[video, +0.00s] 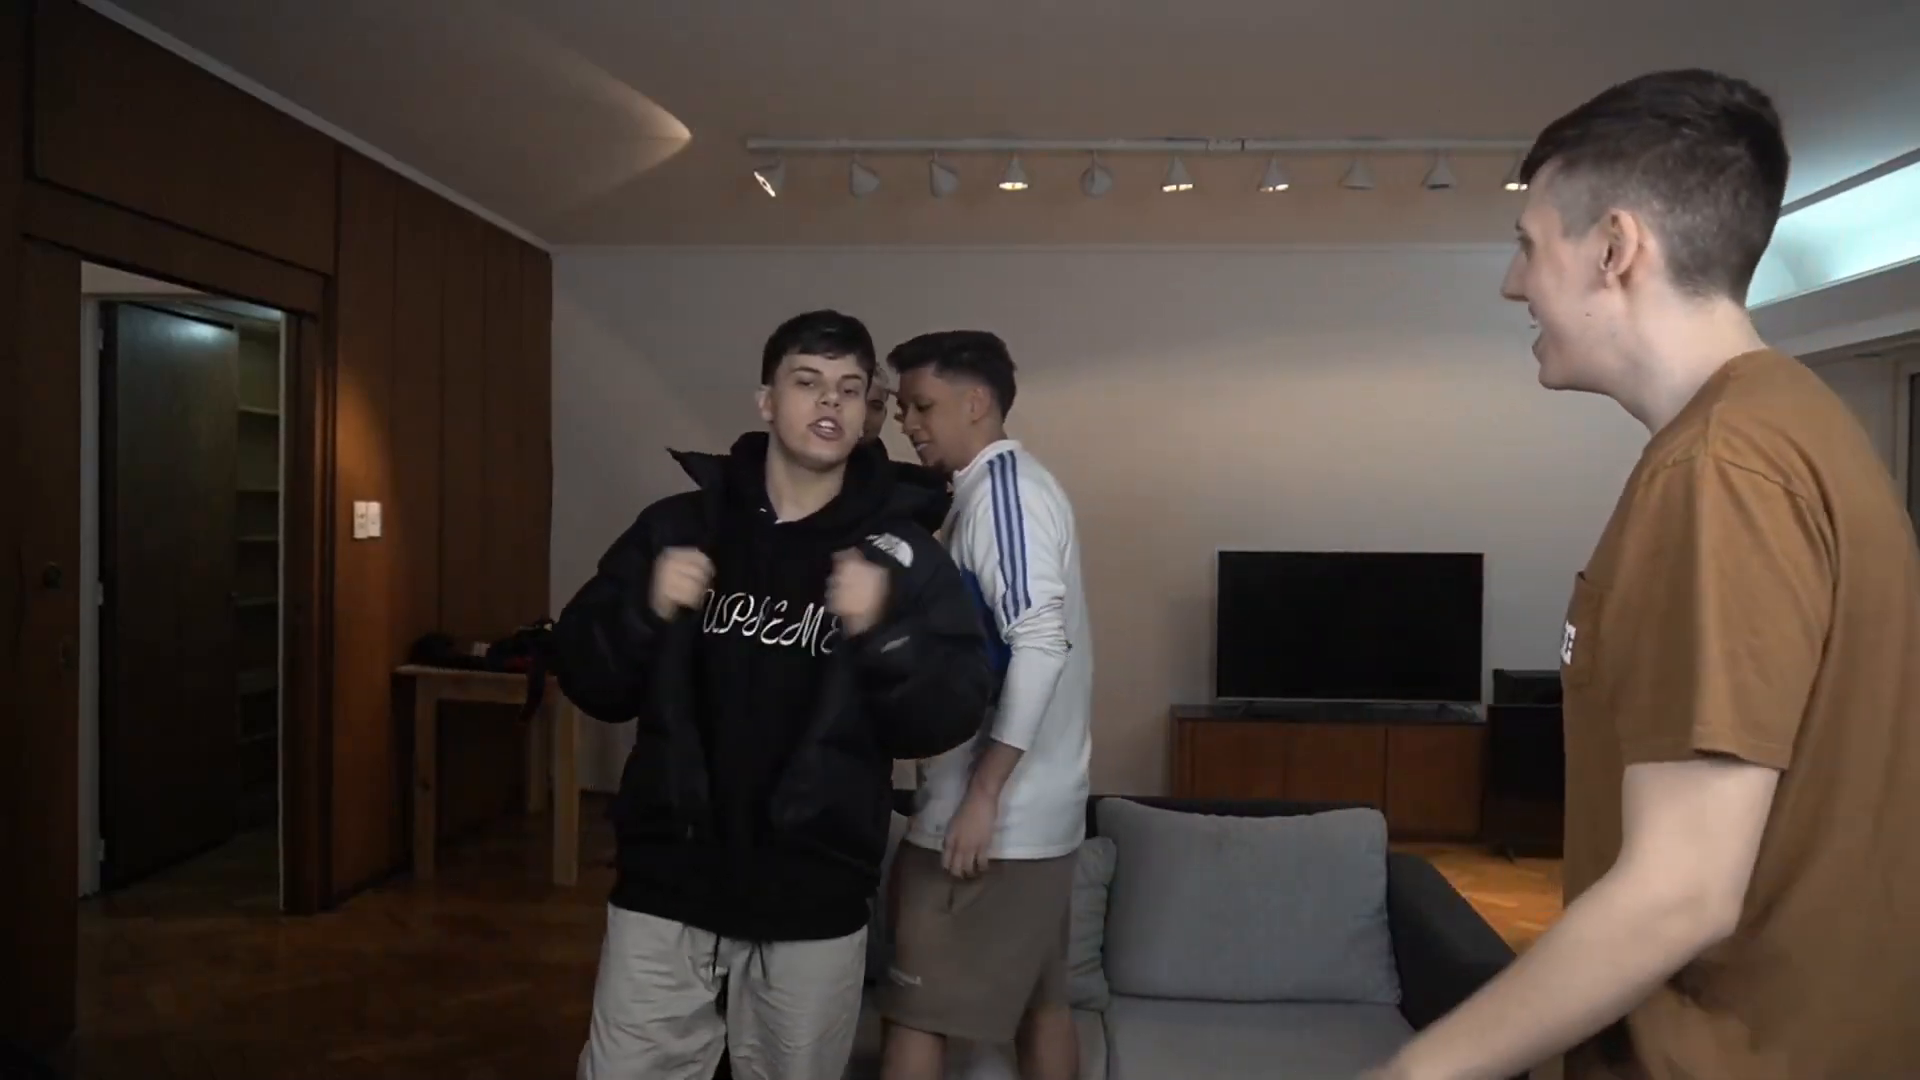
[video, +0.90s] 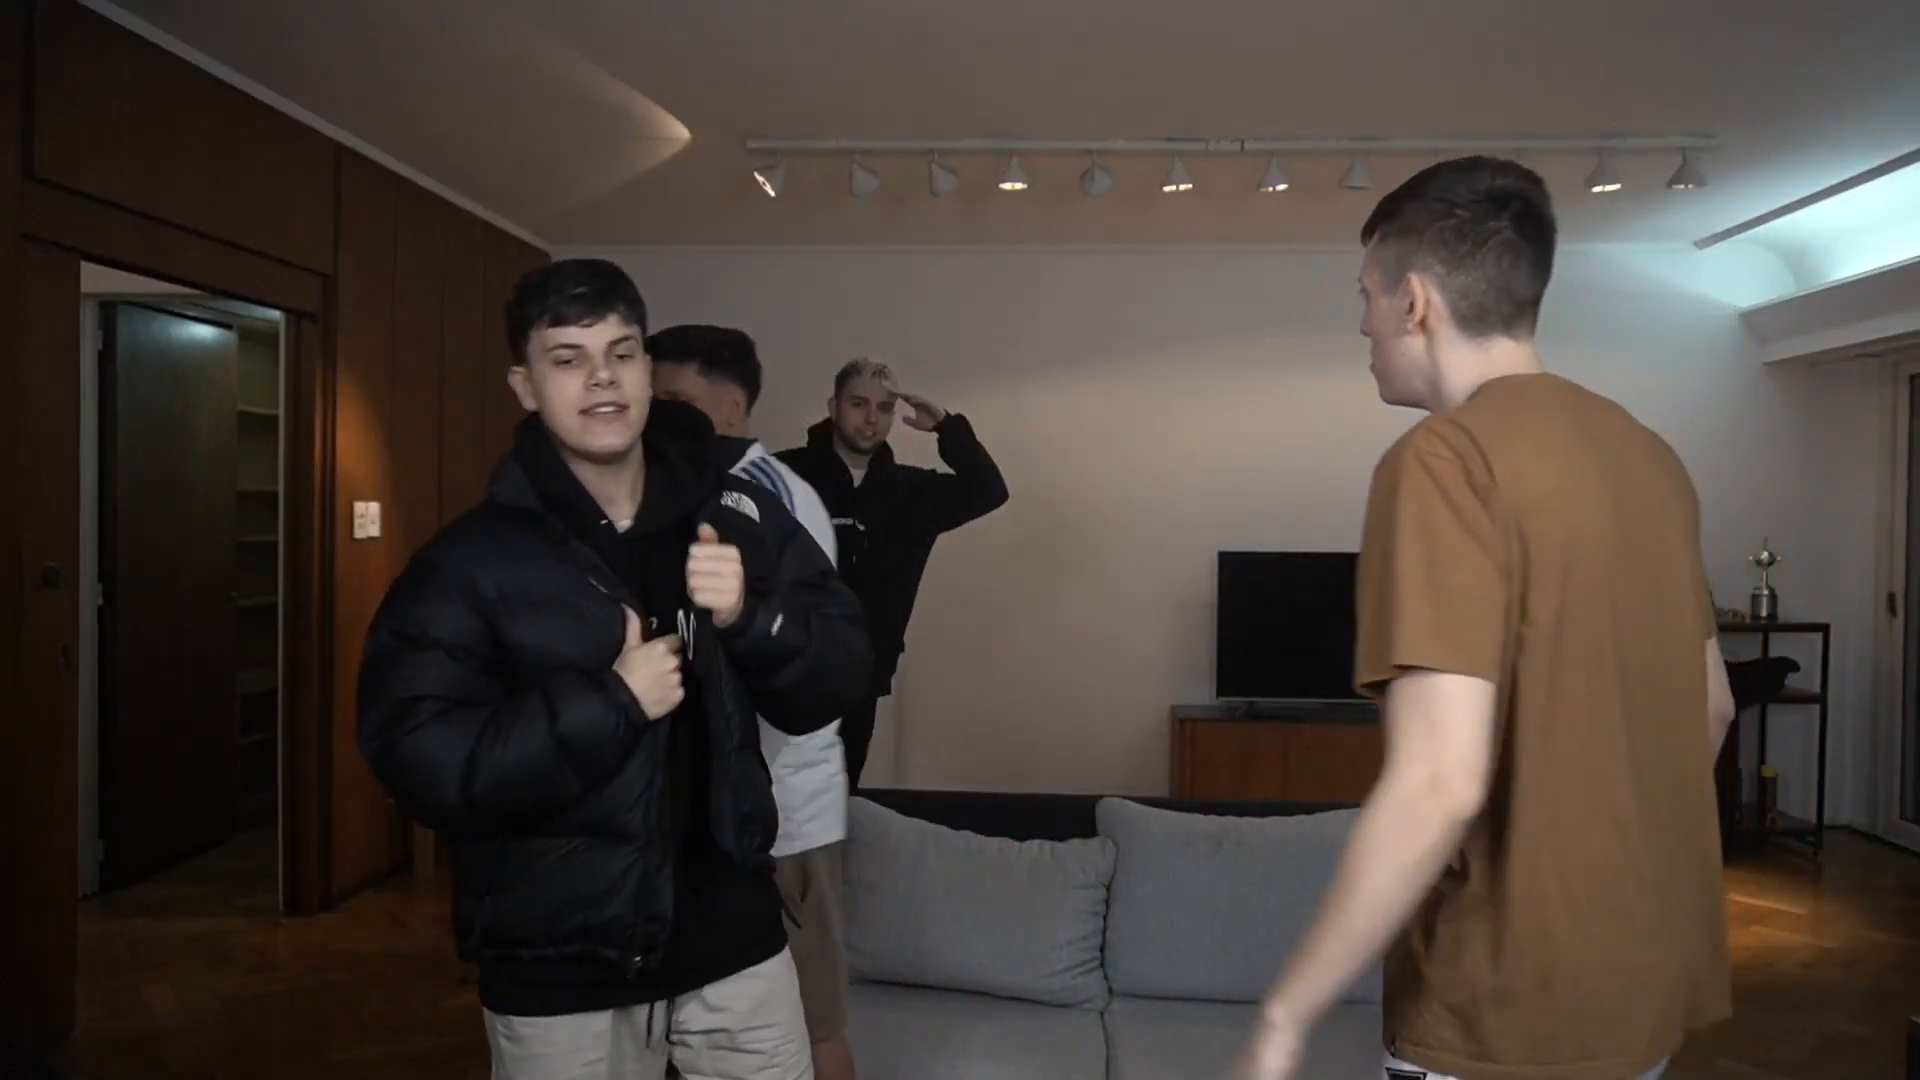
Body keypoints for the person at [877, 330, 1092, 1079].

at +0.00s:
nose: (907, 422)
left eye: (920, 407)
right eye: (905, 408)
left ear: (981, 405)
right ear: (971, 409)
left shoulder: (1005, 489)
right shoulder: (999, 485)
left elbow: (1041, 637)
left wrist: (984, 794)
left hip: (980, 813)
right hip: (1031, 811)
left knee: (916, 1016)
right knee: (1043, 1007)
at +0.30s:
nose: (836, 418)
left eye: (848, 401)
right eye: (838, 401)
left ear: (892, 406)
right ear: (899, 410)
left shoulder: (930, 485)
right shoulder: (919, 482)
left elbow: (982, 643)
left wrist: (982, 803)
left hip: (935, 806)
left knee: (871, 1027)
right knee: (987, 997)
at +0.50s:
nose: (781, 412)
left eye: (793, 394)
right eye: (782, 395)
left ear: (838, 399)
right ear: (846, 401)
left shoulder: (880, 480)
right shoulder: (846, 482)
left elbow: (924, 644)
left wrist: (899, 810)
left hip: (894, 808)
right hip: (872, 800)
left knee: (862, 1037)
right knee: (891, 1027)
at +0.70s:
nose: (721, 416)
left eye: (735, 398)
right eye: (716, 400)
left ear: (794, 398)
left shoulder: (827, 482)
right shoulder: (776, 483)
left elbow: (853, 653)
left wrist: (795, 791)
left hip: (839, 816)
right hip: (796, 809)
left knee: (831, 1028)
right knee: (798, 1026)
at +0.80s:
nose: (695, 417)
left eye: (709, 400)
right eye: (689, 401)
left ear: (769, 399)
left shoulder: (788, 490)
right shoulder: (802, 475)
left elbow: (829, 644)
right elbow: (825, 635)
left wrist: (780, 749)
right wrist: (764, 733)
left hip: (805, 794)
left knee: (819, 1024)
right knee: (818, 1017)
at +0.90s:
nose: (669, 416)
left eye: (685, 400)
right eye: (660, 399)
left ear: (738, 406)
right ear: (646, 396)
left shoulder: (781, 493)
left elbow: (814, 650)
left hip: (785, 791)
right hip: (689, 786)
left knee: (811, 1018)